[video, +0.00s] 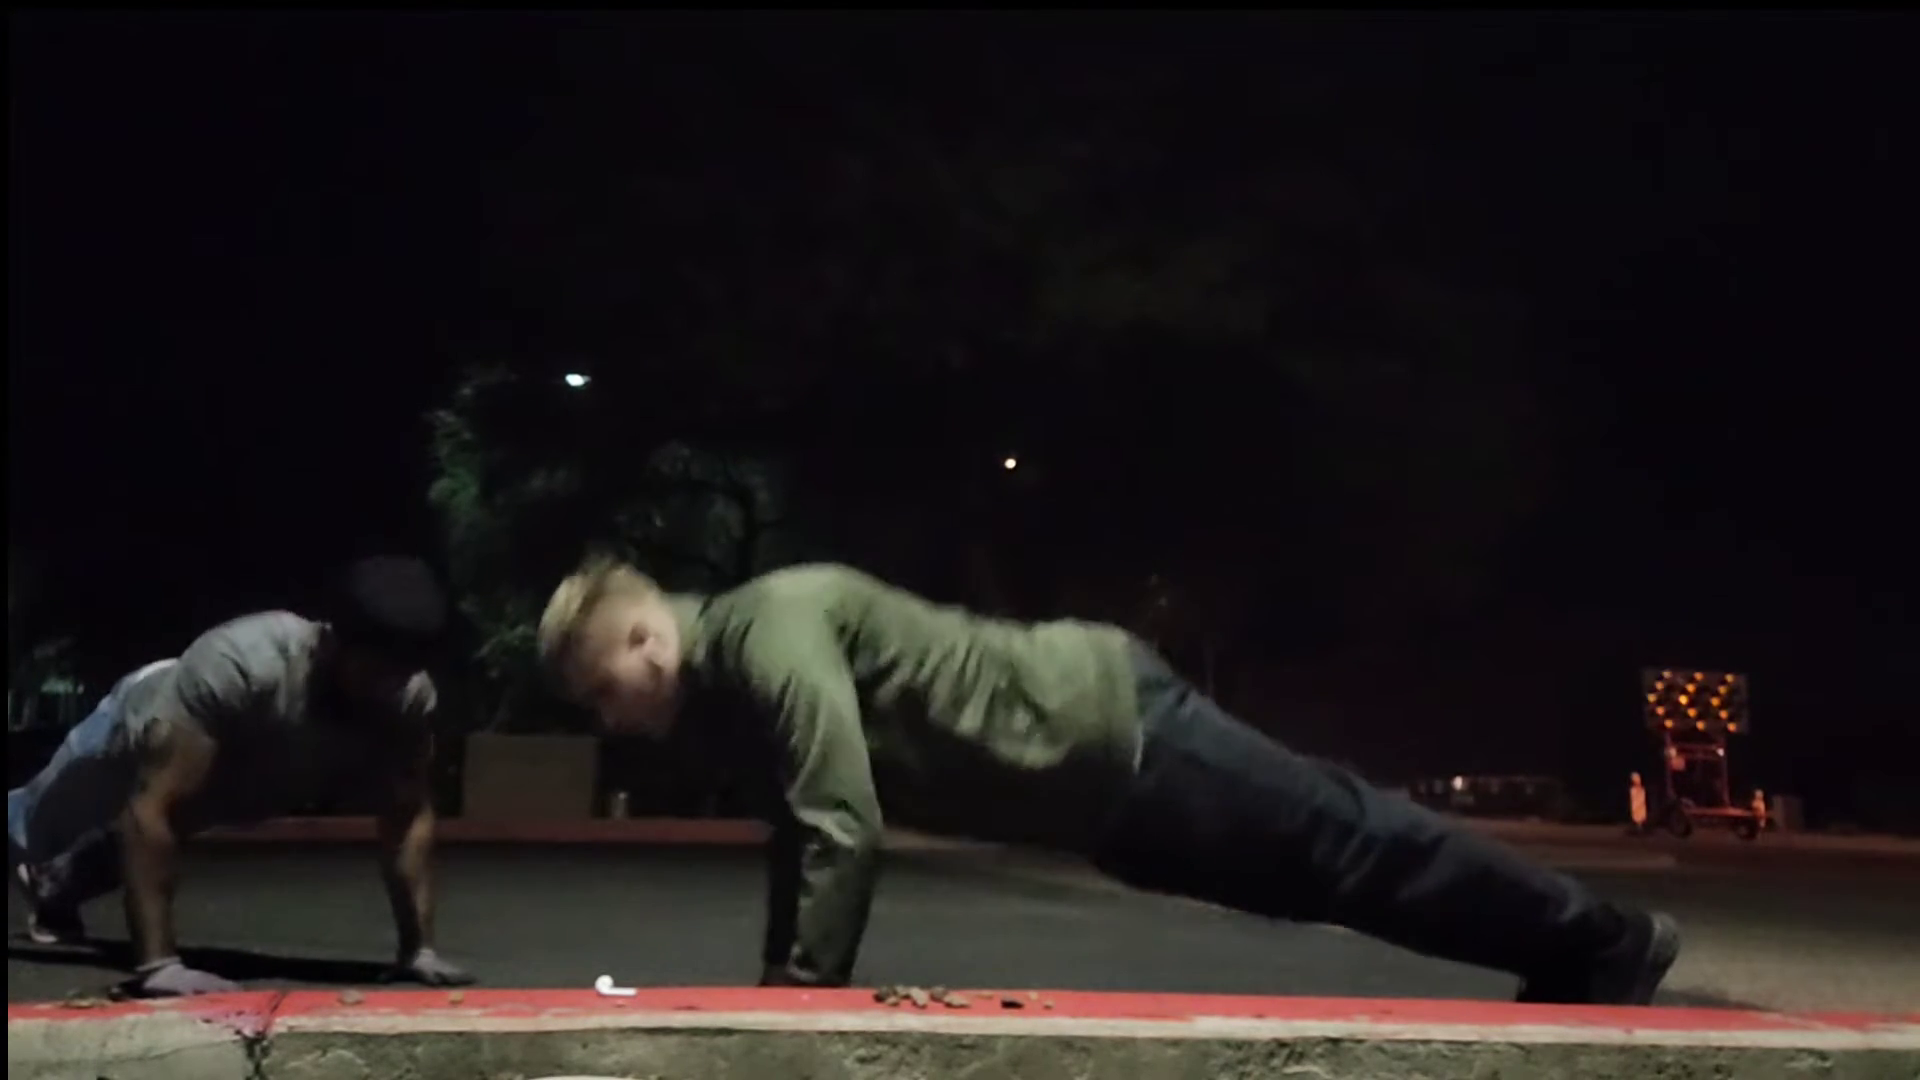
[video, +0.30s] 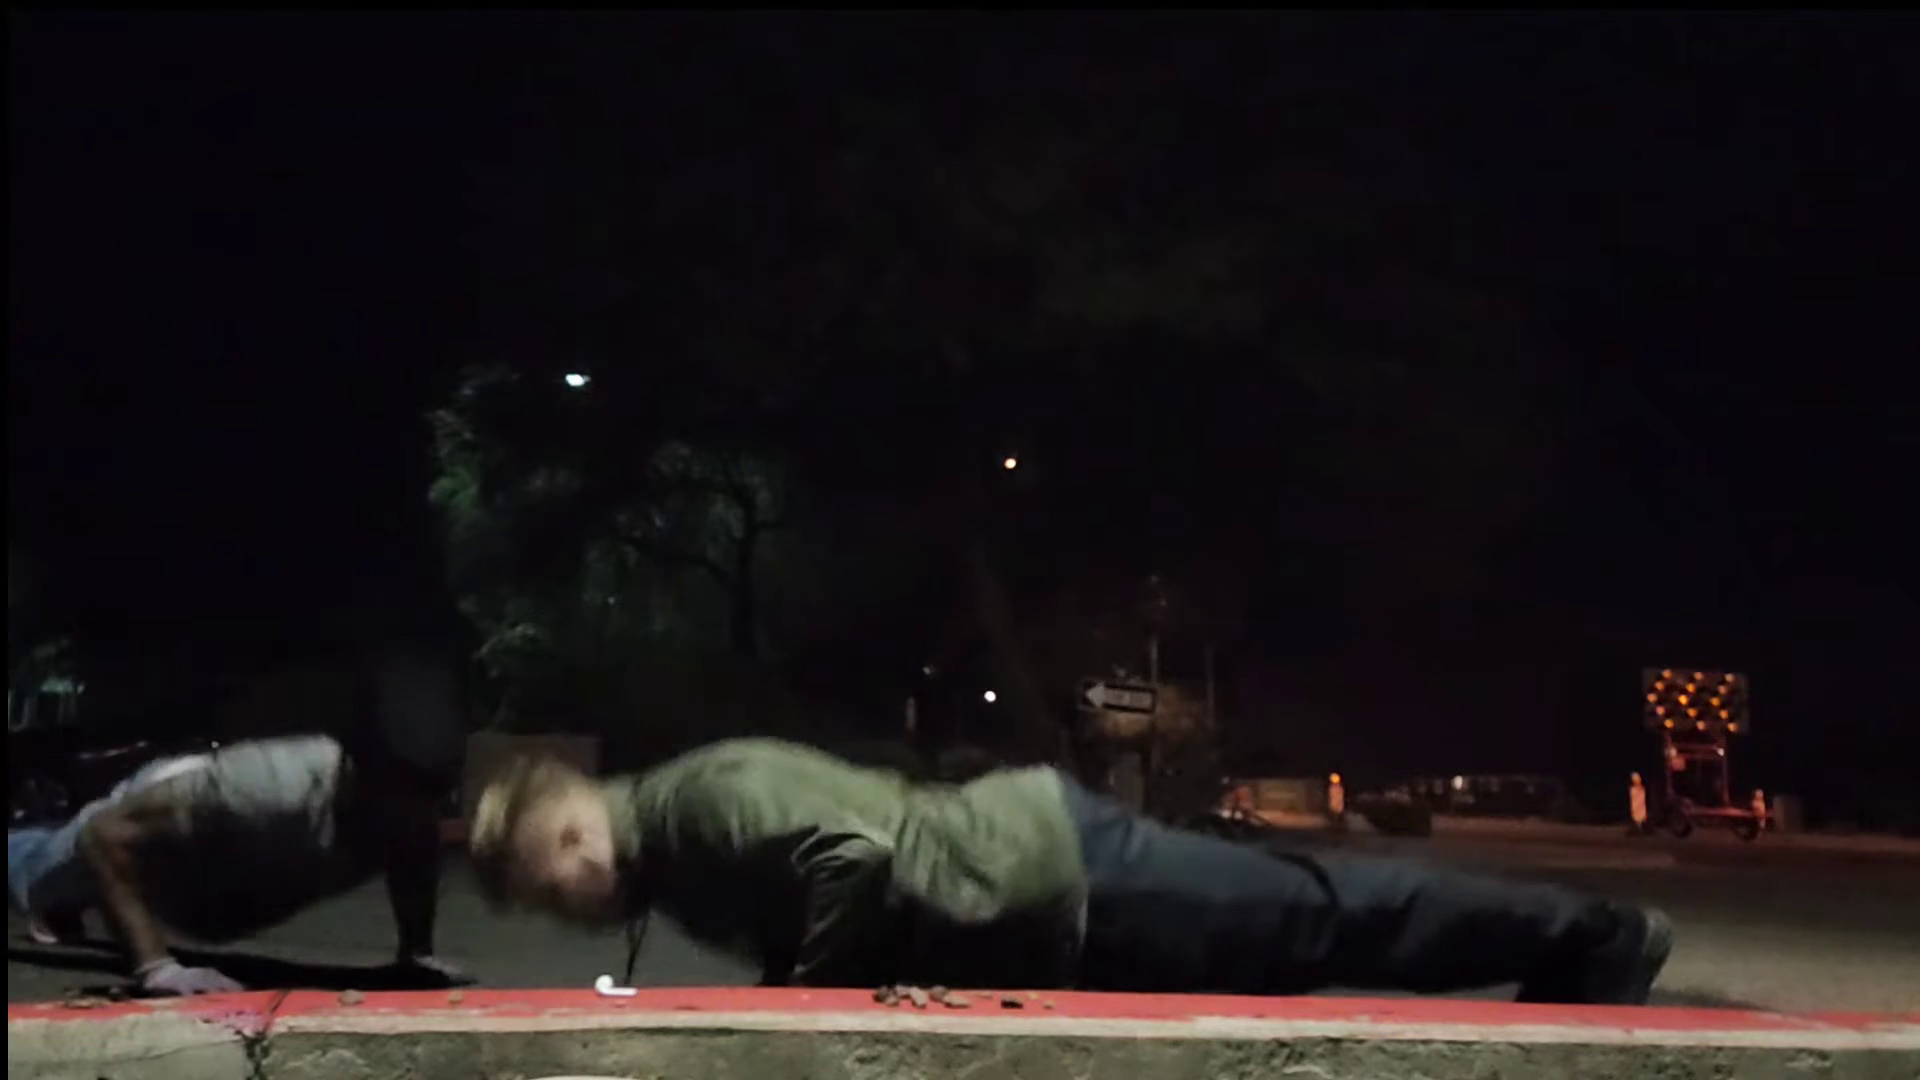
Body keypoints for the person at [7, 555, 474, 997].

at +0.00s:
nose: (397, 676)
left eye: (409, 661)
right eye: (383, 656)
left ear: (419, 657)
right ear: (339, 640)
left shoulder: (409, 700)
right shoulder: (239, 666)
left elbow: (410, 816)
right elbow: (149, 811)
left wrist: (418, 949)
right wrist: (159, 961)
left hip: (226, 769)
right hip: (140, 731)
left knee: (136, 840)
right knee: (35, 818)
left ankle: (56, 889)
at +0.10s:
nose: (403, 706)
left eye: (414, 691)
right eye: (392, 688)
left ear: (425, 688)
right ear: (355, 672)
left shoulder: (415, 727)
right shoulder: (260, 696)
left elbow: (410, 840)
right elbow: (128, 818)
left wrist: (416, 949)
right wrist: (156, 962)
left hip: (217, 768)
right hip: (144, 742)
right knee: (41, 827)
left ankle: (61, 896)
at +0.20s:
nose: (414, 755)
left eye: (424, 741)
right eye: (407, 737)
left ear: (426, 735)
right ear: (372, 720)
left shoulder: (398, 756)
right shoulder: (270, 743)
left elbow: (411, 845)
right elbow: (113, 827)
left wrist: (416, 947)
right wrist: (155, 962)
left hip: (211, 817)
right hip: (144, 781)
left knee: (96, 871)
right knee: (36, 857)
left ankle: (61, 903)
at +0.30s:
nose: (439, 813)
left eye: (443, 794)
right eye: (427, 790)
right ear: (387, 769)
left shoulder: (398, 798)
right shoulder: (278, 790)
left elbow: (414, 863)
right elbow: (107, 838)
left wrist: (415, 953)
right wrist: (154, 963)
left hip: (206, 836)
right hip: (134, 823)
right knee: (38, 864)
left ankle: (60, 903)